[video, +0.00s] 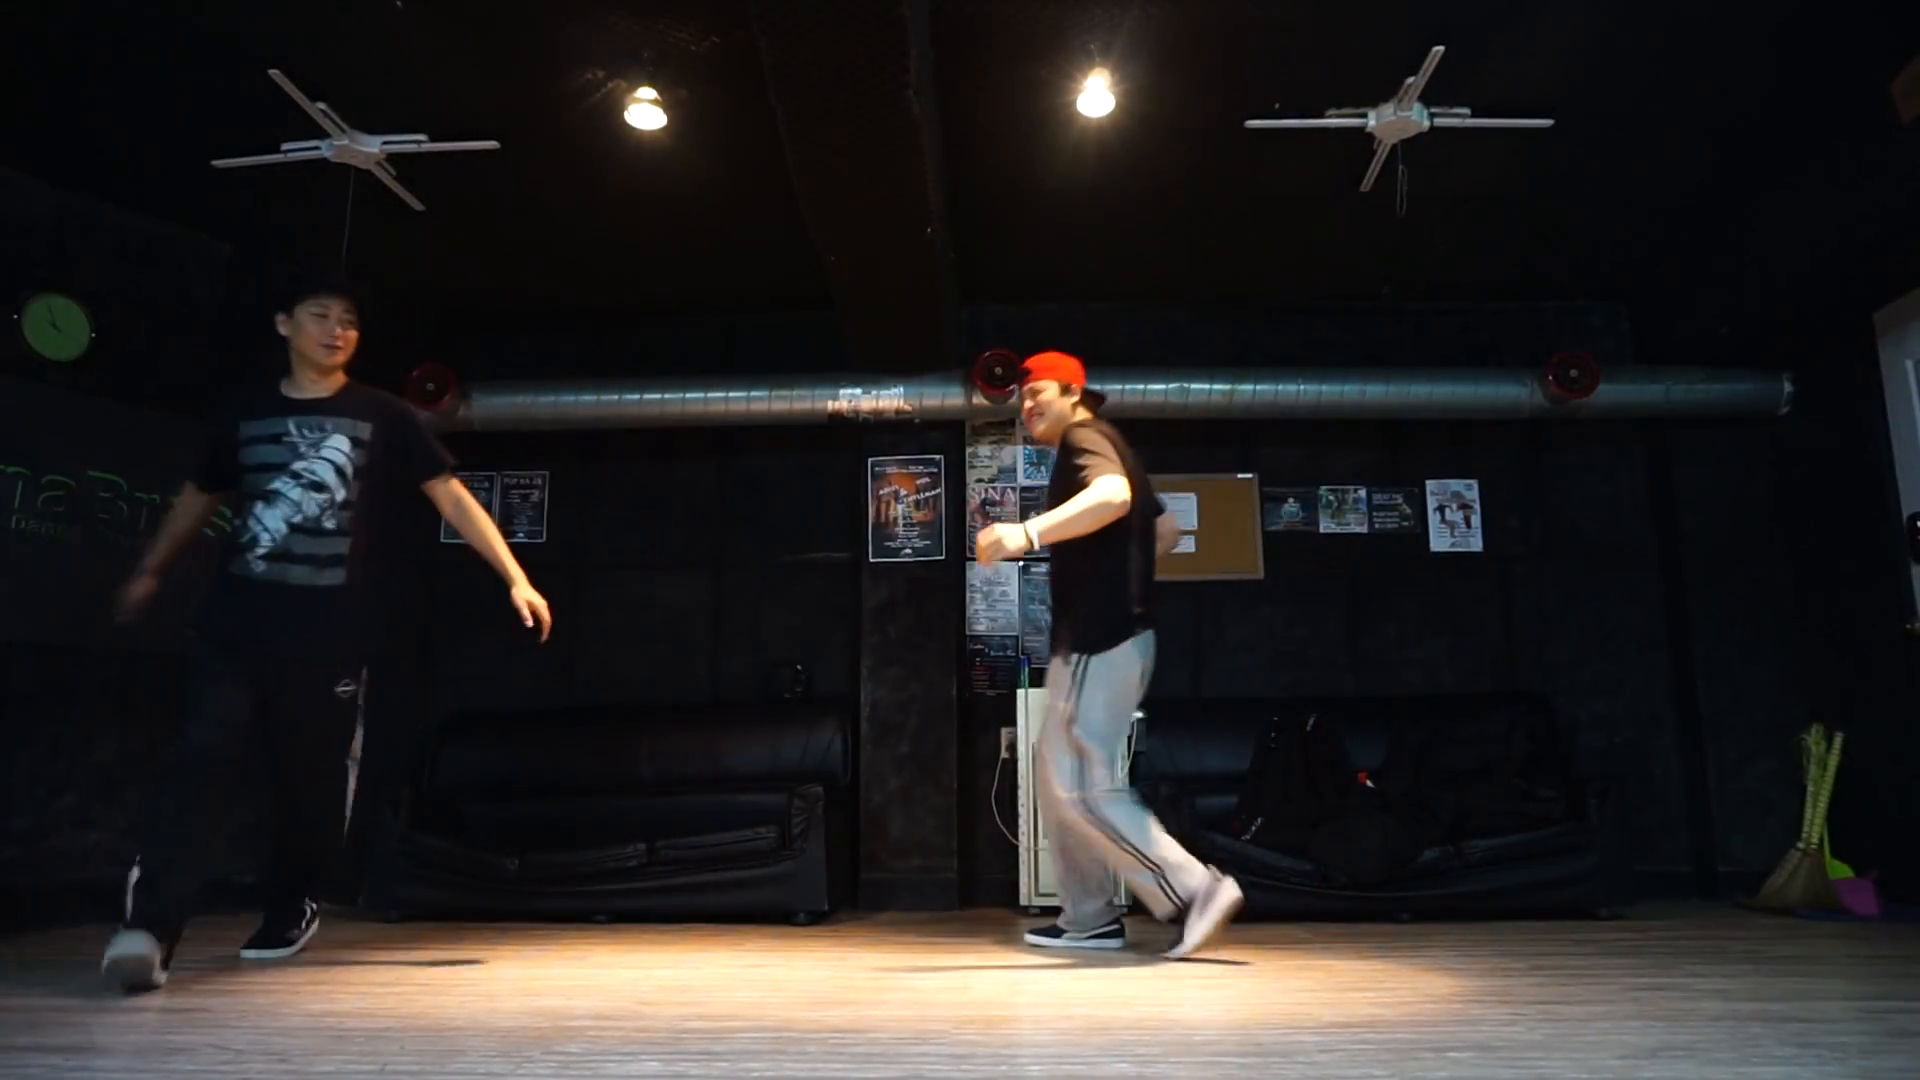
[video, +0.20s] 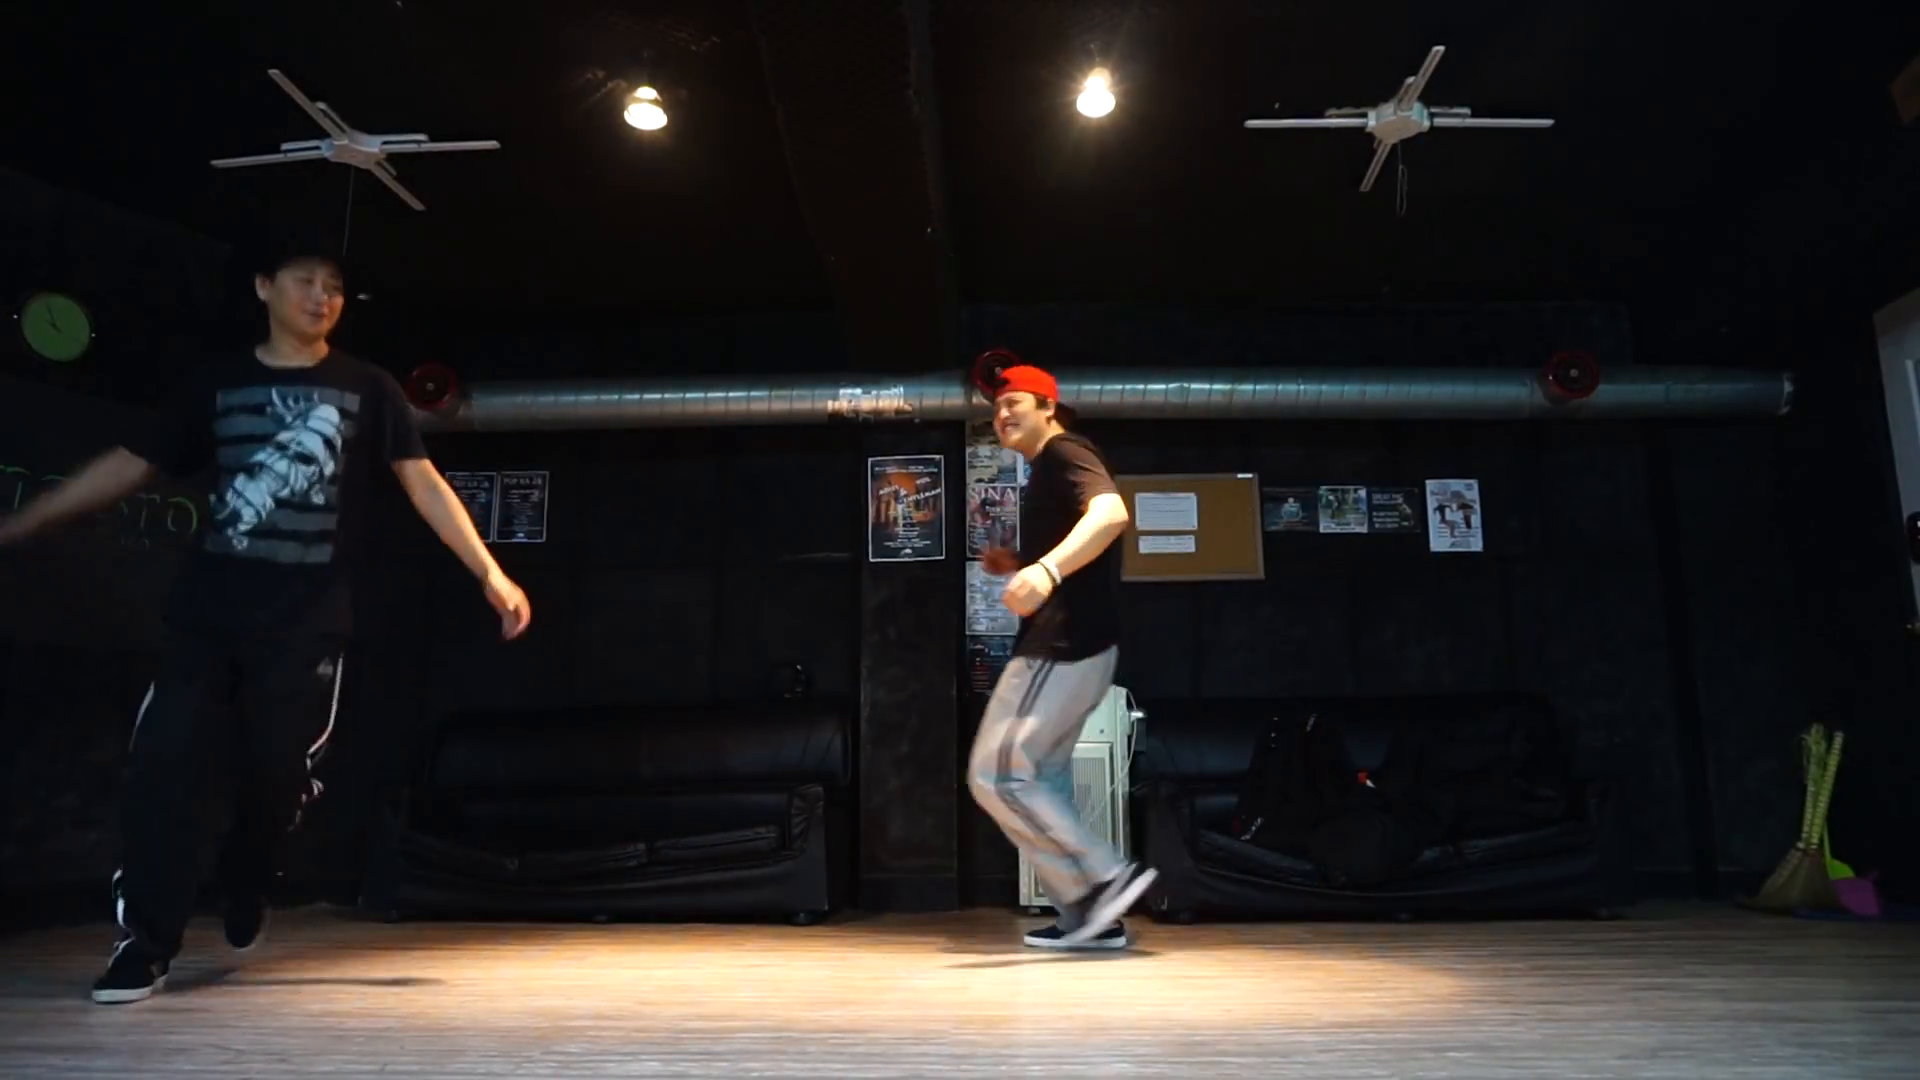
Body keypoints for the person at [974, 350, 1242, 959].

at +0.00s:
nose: (1026, 406)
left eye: (1037, 394)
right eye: (1023, 397)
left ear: (1071, 395)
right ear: (1035, 405)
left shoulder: (1084, 435)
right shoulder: (1101, 441)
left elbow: (1111, 494)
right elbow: (1166, 528)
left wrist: (1025, 534)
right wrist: (1099, 564)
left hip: (1105, 645)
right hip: (1091, 643)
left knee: (1085, 787)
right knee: (1061, 782)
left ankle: (1200, 892)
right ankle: (1090, 923)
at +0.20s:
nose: (1002, 415)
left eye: (1014, 404)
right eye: (997, 407)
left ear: (1047, 409)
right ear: (995, 418)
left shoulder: (1067, 454)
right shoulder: (1049, 466)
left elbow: (1109, 513)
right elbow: (1073, 549)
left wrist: (1048, 570)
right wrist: (1020, 562)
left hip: (1063, 646)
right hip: (1079, 647)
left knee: (994, 773)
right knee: (1035, 776)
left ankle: (1108, 878)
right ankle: (1086, 914)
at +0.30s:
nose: (992, 405)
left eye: (1004, 392)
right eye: (986, 396)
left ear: (1037, 399)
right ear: (984, 407)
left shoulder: (1058, 448)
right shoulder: (1033, 460)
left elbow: (1111, 508)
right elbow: (1038, 553)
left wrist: (1057, 570)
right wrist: (977, 548)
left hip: (1046, 643)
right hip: (1057, 643)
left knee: (978, 765)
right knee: (1044, 778)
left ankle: (1045, 904)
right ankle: (1093, 916)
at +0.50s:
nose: (970, 385)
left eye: (983, 376)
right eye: (964, 377)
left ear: (1012, 390)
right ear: (957, 393)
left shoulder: (1035, 444)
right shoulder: (973, 465)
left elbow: (1097, 509)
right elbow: (952, 552)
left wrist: (1049, 578)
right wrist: (883, 541)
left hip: (1019, 634)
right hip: (993, 636)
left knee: (966, 766)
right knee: (1025, 774)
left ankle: (950, 917)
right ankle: (1089, 912)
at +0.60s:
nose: (957, 392)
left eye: (972, 383)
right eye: (950, 384)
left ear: (1000, 396)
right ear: (943, 397)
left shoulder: (1023, 456)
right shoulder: (949, 470)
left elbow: (1075, 532)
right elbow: (915, 553)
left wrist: (1040, 602)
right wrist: (853, 559)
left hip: (1001, 638)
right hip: (966, 639)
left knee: (946, 773)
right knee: (988, 781)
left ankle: (949, 923)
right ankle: (1074, 900)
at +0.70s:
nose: (948, 401)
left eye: (962, 391)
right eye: (939, 391)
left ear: (989, 401)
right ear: (929, 401)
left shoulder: (1015, 467)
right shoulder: (925, 473)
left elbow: (1057, 546)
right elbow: (894, 551)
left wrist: (1031, 605)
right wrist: (848, 579)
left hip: (983, 641)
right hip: (924, 644)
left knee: (939, 777)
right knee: (901, 782)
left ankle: (951, 926)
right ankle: (1033, 870)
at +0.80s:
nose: (935, 396)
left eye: (949, 388)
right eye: (928, 387)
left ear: (976, 399)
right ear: (918, 399)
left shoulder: (1004, 468)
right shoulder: (907, 469)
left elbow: (1042, 548)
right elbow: (881, 547)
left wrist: (1023, 601)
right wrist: (856, 586)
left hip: (965, 645)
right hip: (896, 646)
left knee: (936, 778)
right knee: (865, 775)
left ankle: (951, 925)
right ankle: (974, 860)